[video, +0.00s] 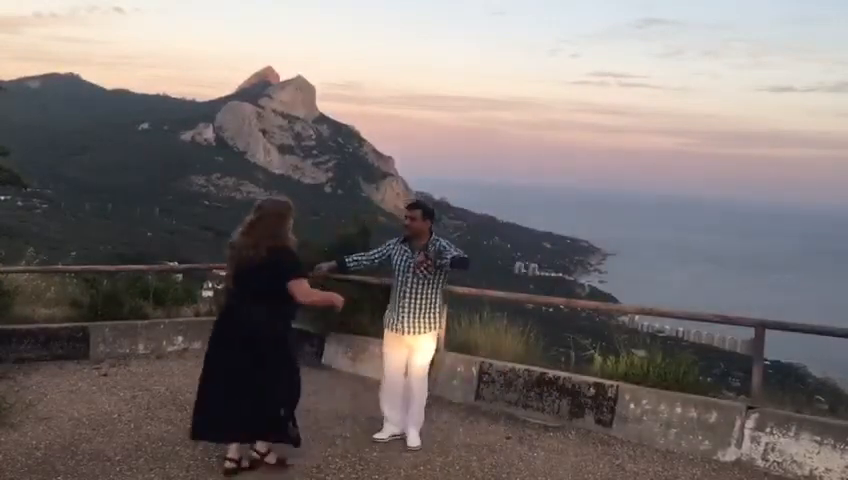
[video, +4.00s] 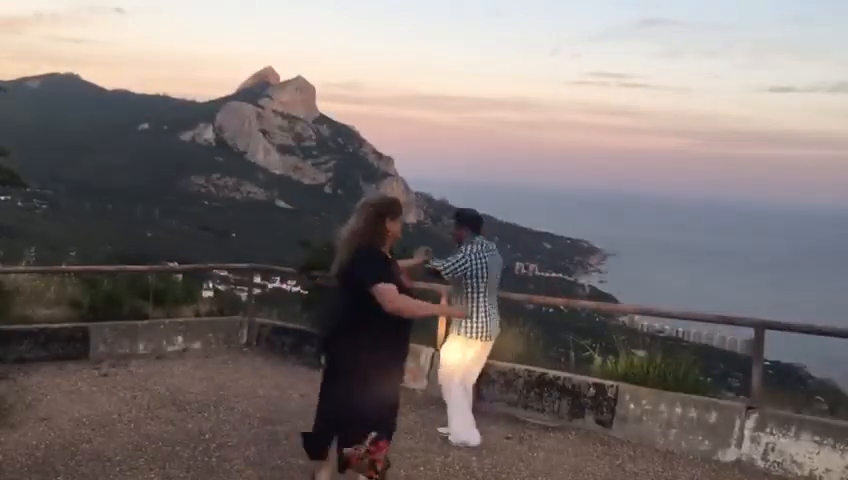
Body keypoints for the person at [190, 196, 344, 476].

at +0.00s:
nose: (292, 228)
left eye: (291, 222)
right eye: (290, 223)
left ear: (256, 220)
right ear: (282, 224)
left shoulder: (242, 251)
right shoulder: (282, 255)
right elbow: (302, 294)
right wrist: (331, 298)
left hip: (234, 333)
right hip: (267, 336)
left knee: (240, 390)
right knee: (273, 389)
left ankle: (233, 453)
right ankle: (262, 448)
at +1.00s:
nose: (306, 239)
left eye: (307, 233)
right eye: (305, 232)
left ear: (279, 226)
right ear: (295, 232)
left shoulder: (262, 257)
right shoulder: (280, 261)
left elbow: (261, 302)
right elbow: (289, 305)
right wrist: (325, 329)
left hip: (248, 339)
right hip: (269, 345)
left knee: (252, 397)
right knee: (284, 404)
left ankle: (243, 452)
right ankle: (262, 459)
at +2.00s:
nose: (340, 239)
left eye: (341, 233)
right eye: (338, 233)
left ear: (314, 225)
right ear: (326, 231)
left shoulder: (296, 254)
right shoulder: (310, 262)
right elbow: (308, 313)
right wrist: (325, 353)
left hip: (280, 339)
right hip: (297, 344)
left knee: (287, 399)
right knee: (304, 404)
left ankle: (279, 457)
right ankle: (283, 461)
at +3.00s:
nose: (357, 232)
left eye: (359, 227)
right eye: (352, 226)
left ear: (356, 230)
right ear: (333, 226)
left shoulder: (360, 258)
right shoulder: (308, 257)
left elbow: (390, 273)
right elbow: (299, 301)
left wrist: (428, 266)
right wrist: (315, 338)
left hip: (346, 347)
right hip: (307, 345)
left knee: (336, 410)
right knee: (303, 407)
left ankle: (323, 468)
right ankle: (297, 468)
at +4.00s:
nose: (401, 229)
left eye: (400, 223)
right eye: (398, 222)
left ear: (374, 222)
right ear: (385, 223)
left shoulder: (368, 253)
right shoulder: (370, 258)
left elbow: (390, 268)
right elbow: (393, 303)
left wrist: (414, 261)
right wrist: (441, 309)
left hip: (353, 359)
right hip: (366, 363)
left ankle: (326, 471)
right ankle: (356, 472)